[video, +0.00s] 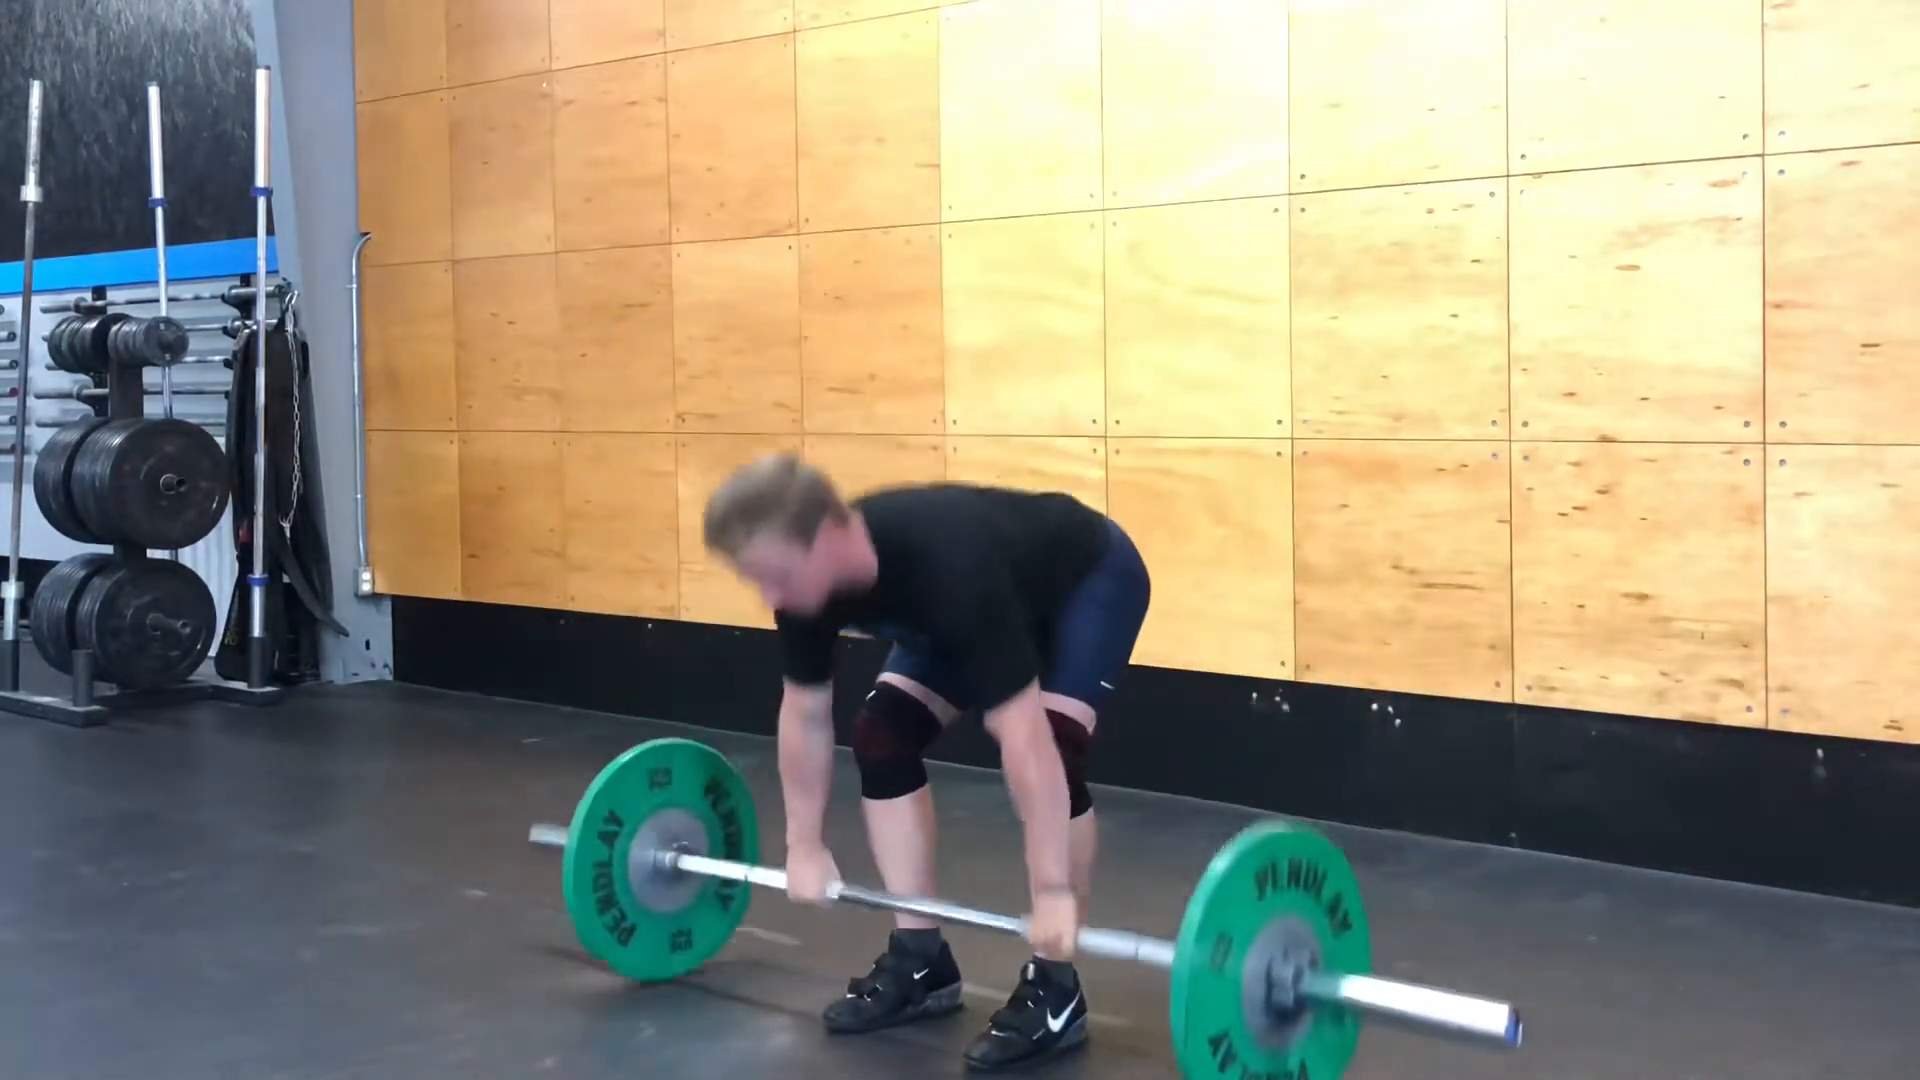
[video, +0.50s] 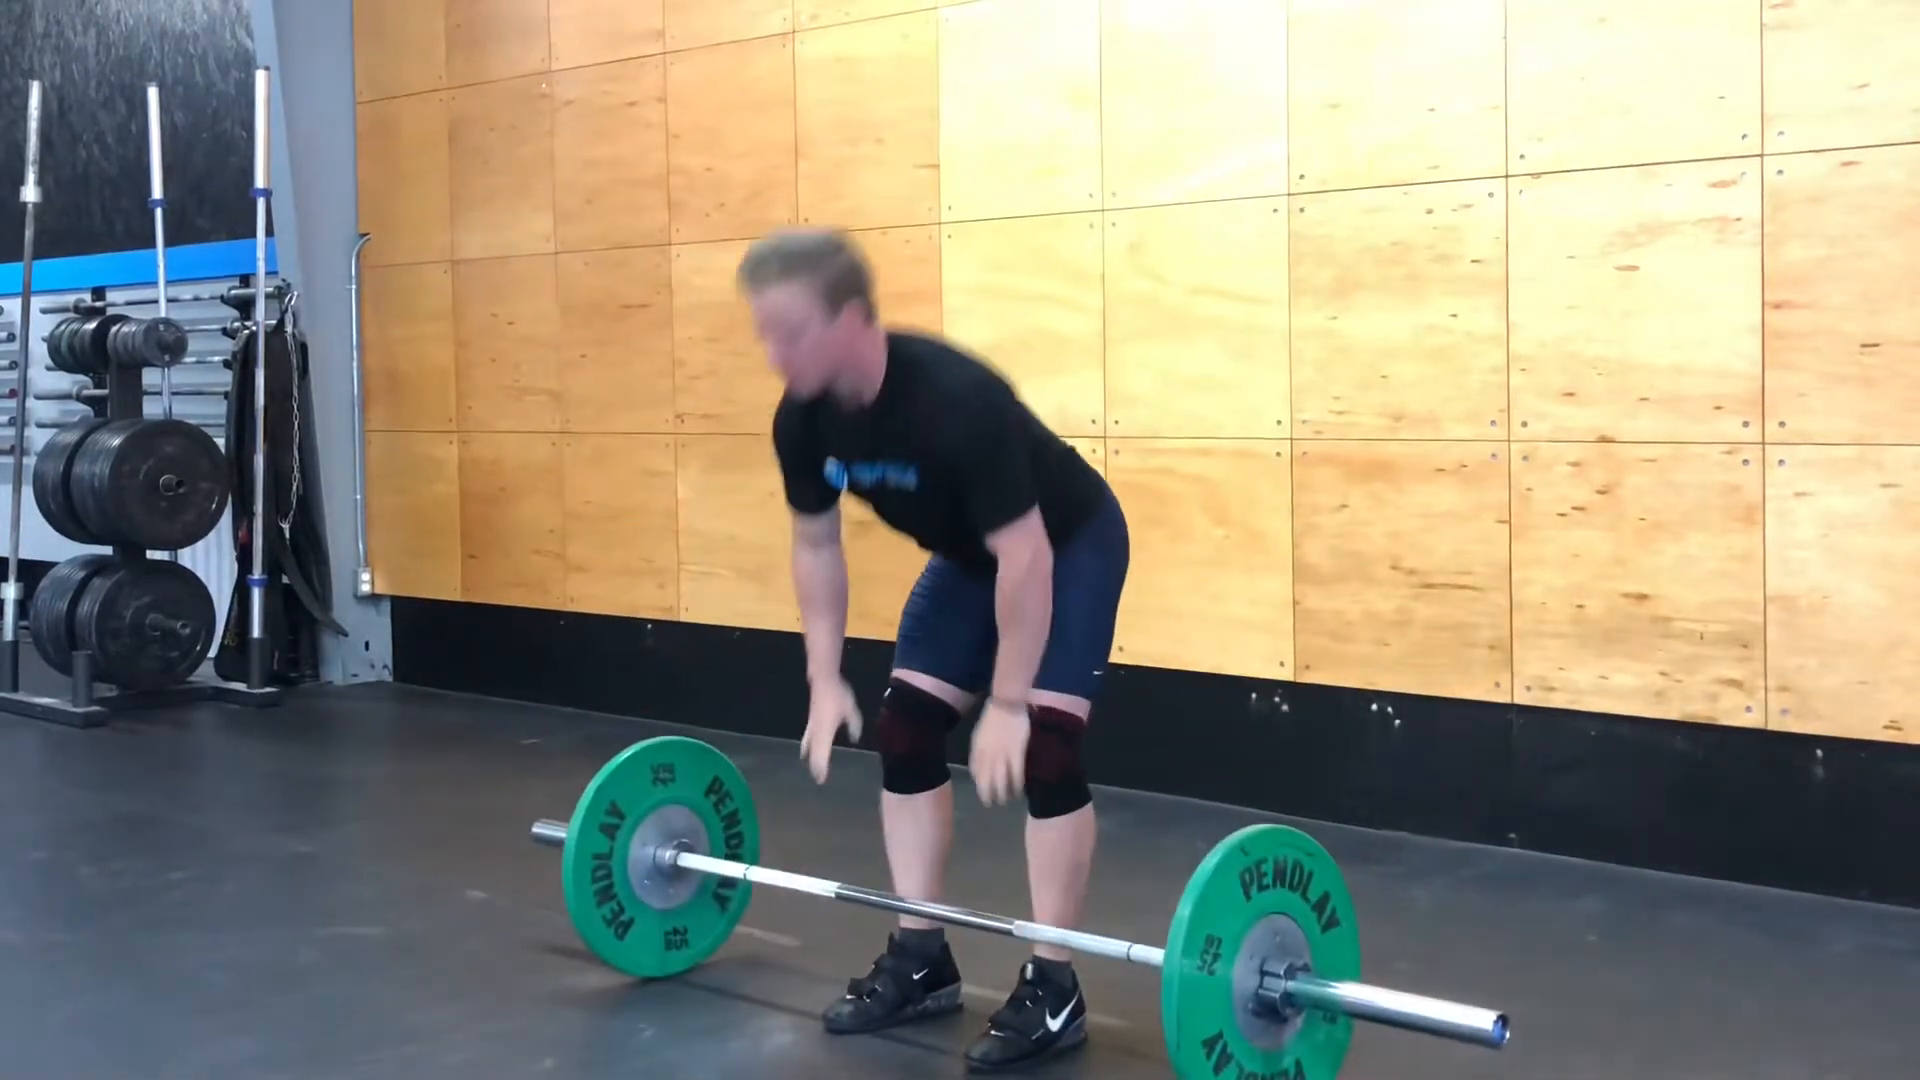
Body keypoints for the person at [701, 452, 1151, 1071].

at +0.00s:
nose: (770, 598)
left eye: (776, 574)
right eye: (758, 581)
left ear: (826, 536)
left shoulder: (953, 563)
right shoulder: (802, 574)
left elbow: (1025, 734)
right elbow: (804, 713)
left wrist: (1051, 890)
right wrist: (804, 846)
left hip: (1091, 578)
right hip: (986, 590)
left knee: (1051, 755)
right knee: (884, 735)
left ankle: (1053, 988)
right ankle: (920, 957)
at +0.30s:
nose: (750, 540)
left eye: (757, 519)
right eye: (741, 524)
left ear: (817, 484)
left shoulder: (939, 520)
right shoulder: (789, 534)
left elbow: (1021, 681)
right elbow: (798, 660)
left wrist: (1027, 833)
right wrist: (804, 799)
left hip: (1078, 561)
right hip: (968, 573)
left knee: (1047, 750)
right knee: (890, 732)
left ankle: (1052, 988)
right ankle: (920, 960)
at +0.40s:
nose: (760, 448)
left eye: (768, 424)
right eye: (748, 429)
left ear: (827, 395)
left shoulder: (943, 456)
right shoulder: (791, 483)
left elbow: (1022, 611)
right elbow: (807, 603)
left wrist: (1020, 766)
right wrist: (811, 737)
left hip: (1074, 550)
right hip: (966, 565)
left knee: (1048, 751)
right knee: (900, 730)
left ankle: (1050, 984)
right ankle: (919, 955)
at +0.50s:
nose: (775, 355)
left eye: (788, 332)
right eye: (765, 336)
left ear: (852, 317)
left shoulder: (956, 399)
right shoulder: (802, 422)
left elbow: (1025, 557)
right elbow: (816, 545)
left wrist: (1009, 703)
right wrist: (825, 678)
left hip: (1070, 543)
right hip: (969, 555)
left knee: (1044, 749)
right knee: (907, 730)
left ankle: (1052, 982)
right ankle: (920, 953)